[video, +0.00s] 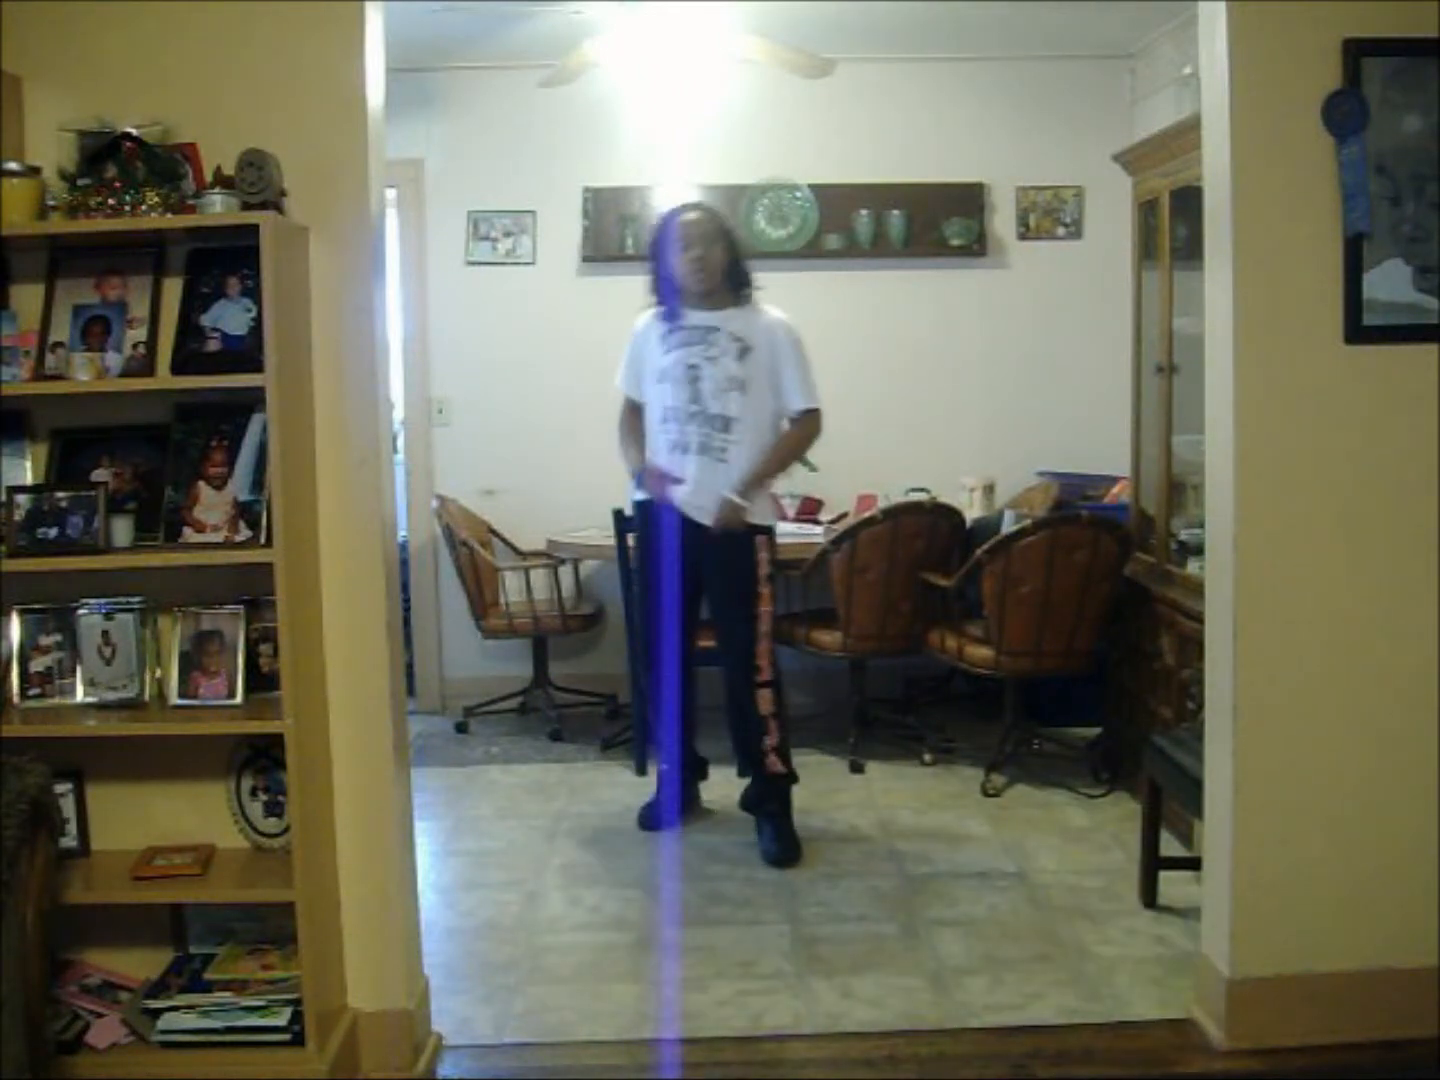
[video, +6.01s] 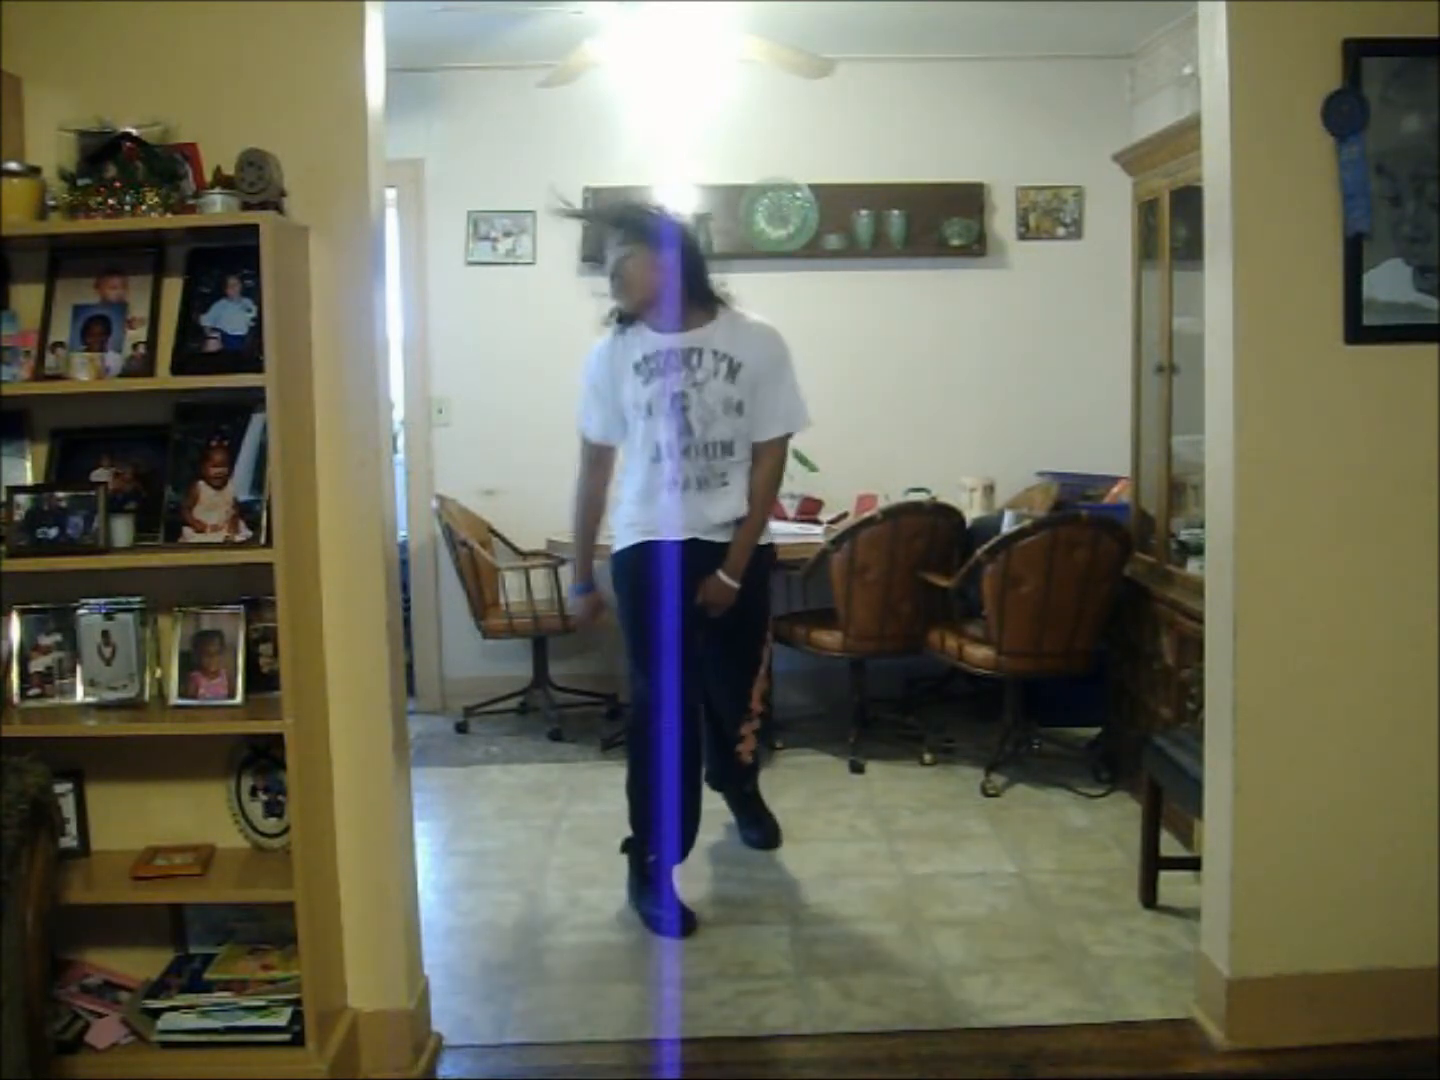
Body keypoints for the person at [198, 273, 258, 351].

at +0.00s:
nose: (233, 288)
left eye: (235, 285)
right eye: (230, 285)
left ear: (240, 287)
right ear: (225, 287)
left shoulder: (247, 303)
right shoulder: (222, 304)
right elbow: (205, 320)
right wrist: (210, 334)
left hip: (244, 338)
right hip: (225, 337)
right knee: (212, 341)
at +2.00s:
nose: (233, 288)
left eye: (236, 285)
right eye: (230, 285)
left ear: (240, 287)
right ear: (225, 287)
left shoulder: (247, 303)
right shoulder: (221, 304)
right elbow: (205, 320)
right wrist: (210, 335)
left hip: (243, 338)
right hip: (224, 338)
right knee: (212, 340)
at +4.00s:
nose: (233, 289)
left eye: (235, 285)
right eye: (230, 286)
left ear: (240, 287)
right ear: (226, 288)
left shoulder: (247, 304)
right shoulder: (221, 304)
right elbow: (205, 320)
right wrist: (210, 335)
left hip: (244, 338)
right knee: (212, 342)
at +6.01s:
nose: (234, 289)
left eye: (236, 286)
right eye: (230, 287)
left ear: (240, 288)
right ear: (226, 289)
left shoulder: (247, 304)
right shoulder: (221, 304)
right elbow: (205, 320)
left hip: (244, 338)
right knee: (212, 341)